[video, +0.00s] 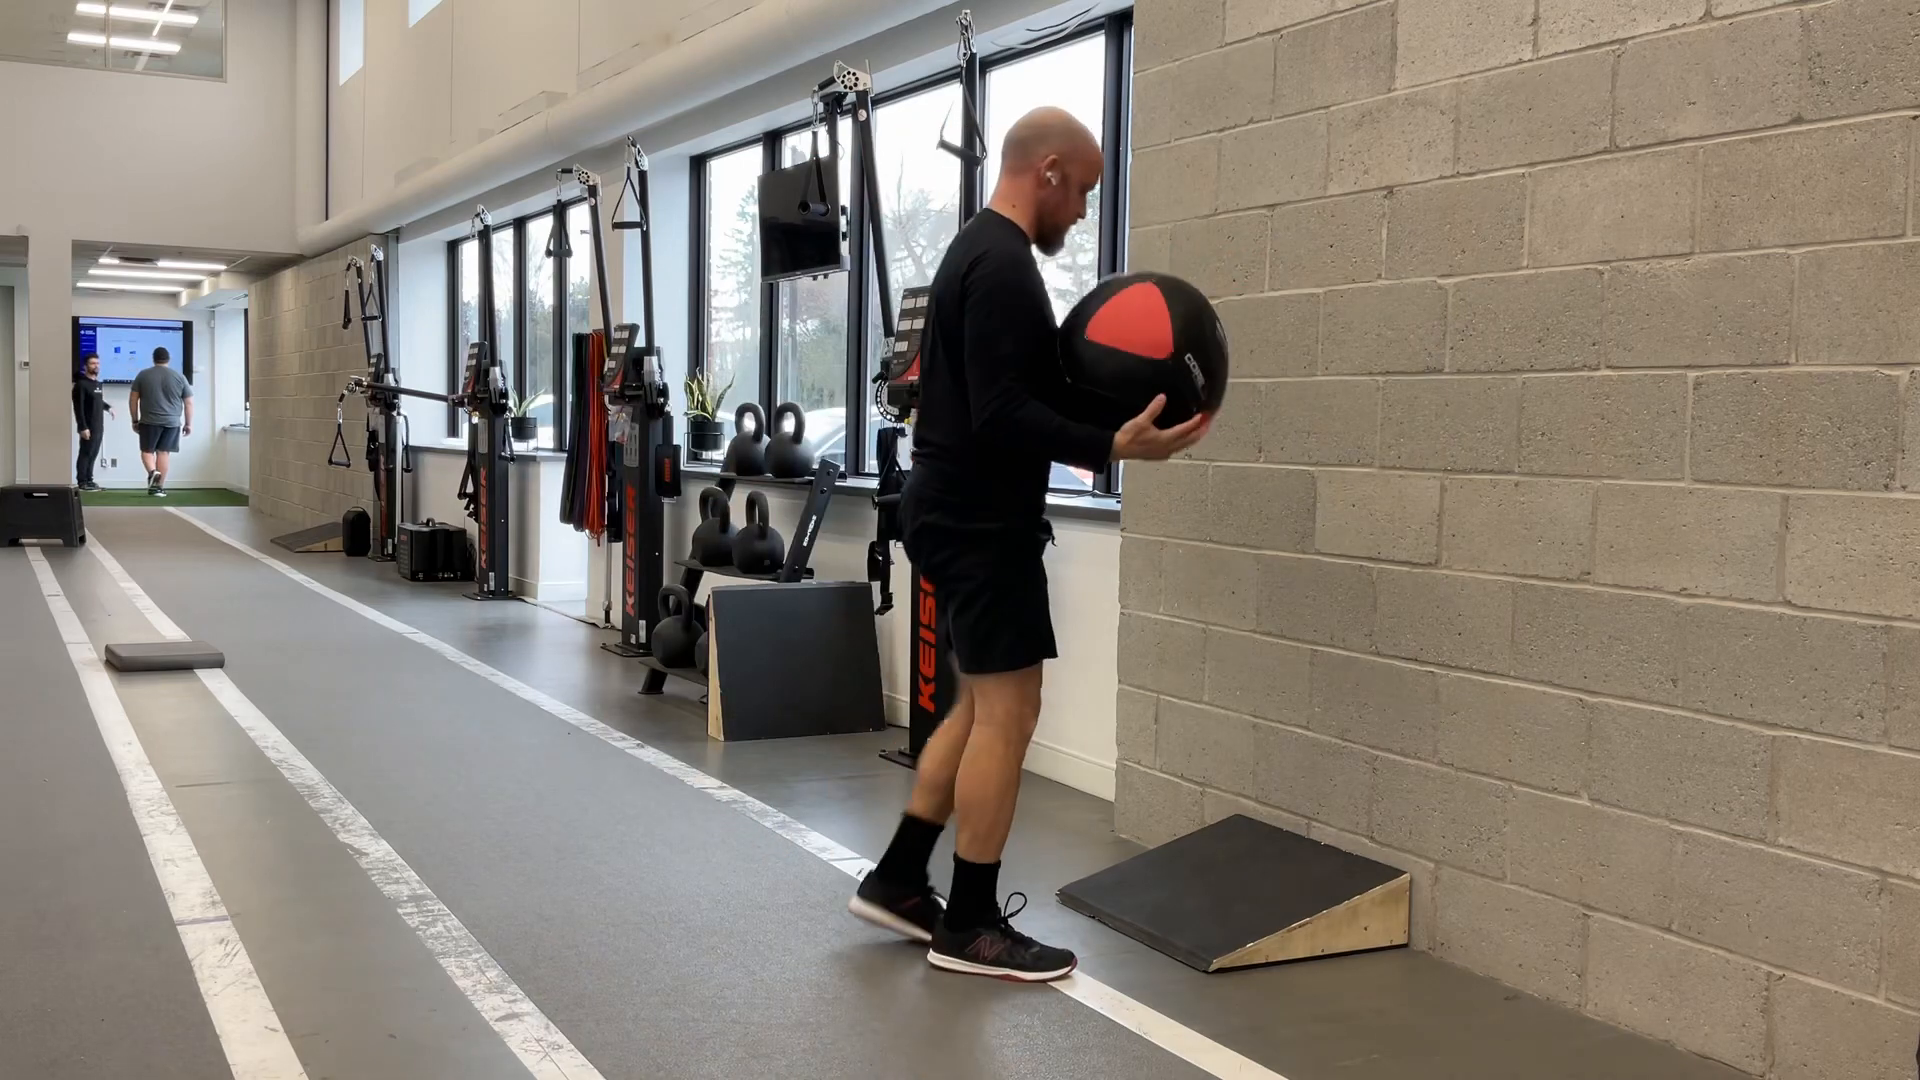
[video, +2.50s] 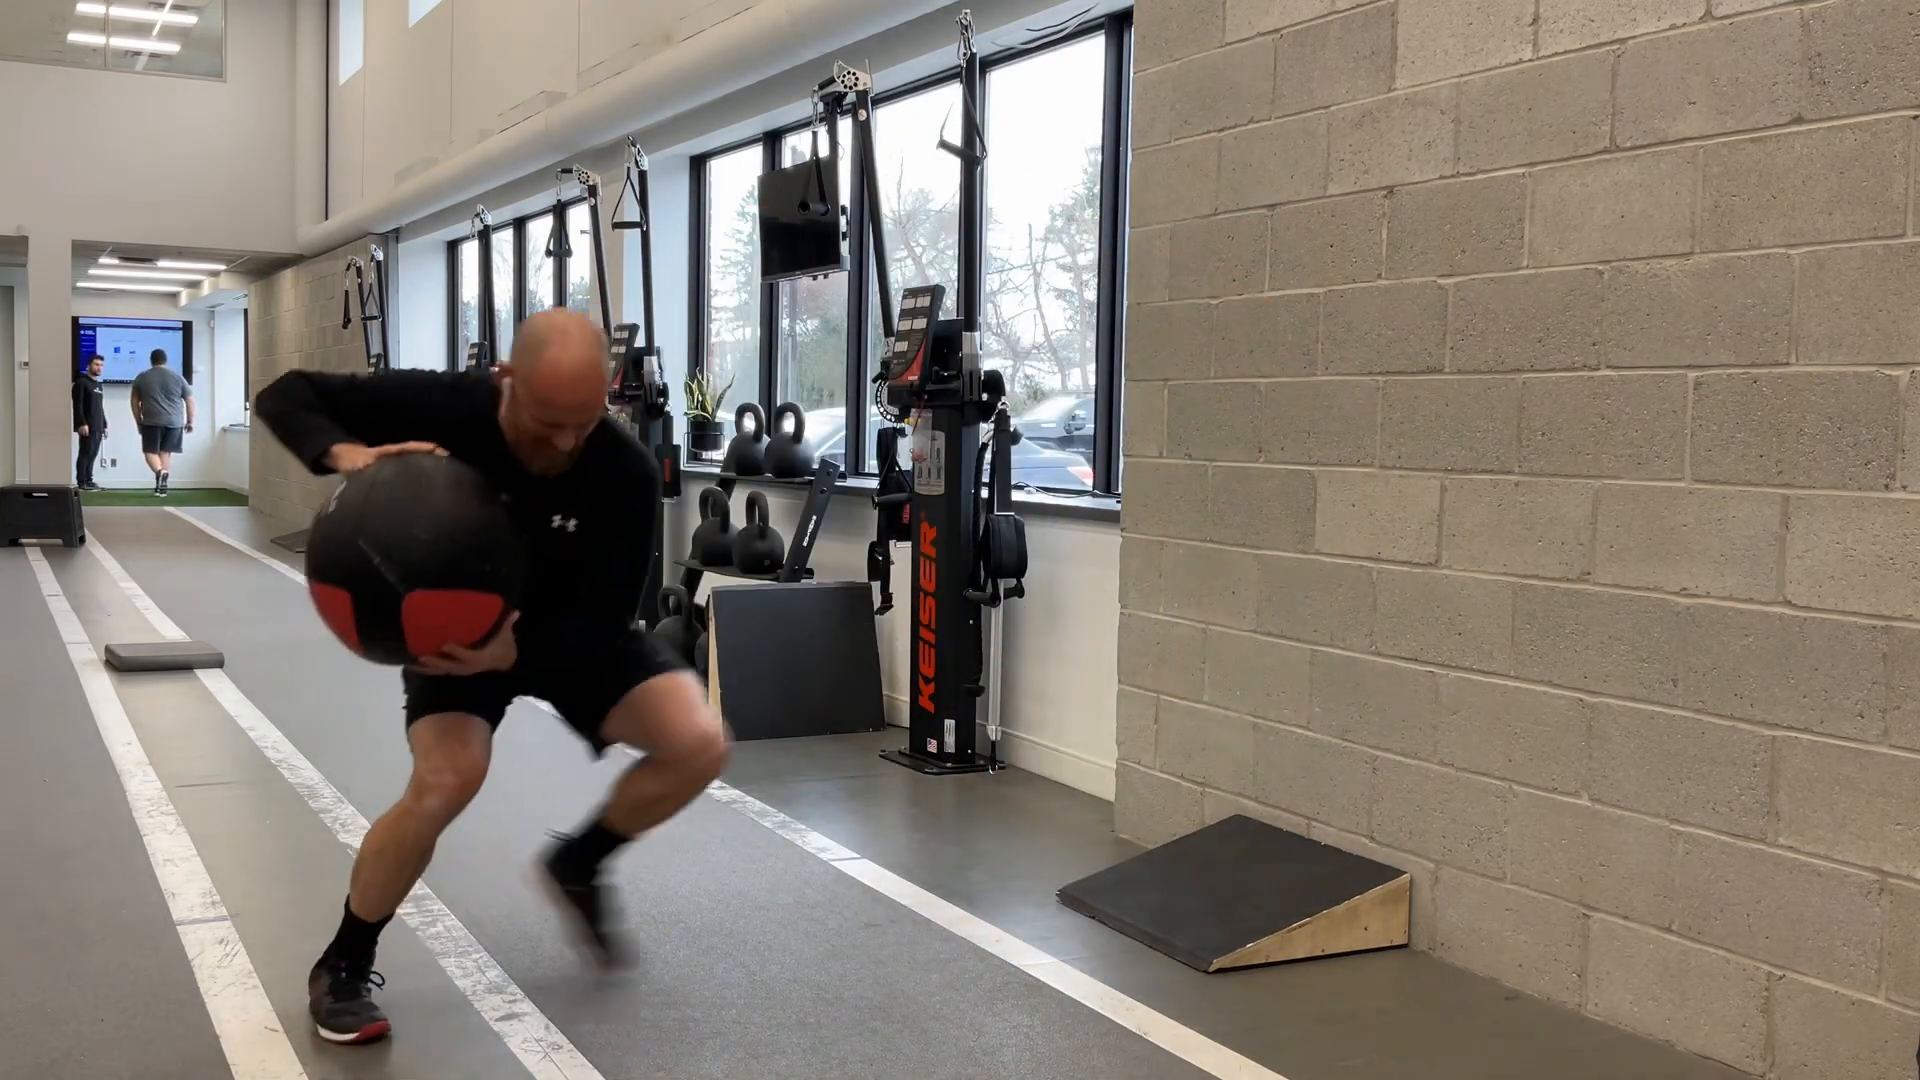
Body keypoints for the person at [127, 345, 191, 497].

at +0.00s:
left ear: (153, 359)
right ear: (168, 359)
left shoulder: (143, 375)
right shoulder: (179, 377)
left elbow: (133, 399)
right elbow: (188, 402)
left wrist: (134, 420)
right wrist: (188, 423)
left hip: (149, 422)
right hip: (171, 423)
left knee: (147, 451)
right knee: (164, 453)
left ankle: (152, 471)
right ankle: (159, 488)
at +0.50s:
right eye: (163, 359)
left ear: (152, 359)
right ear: (167, 360)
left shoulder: (143, 375)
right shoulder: (178, 376)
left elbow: (134, 398)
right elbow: (189, 400)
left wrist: (135, 420)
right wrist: (190, 422)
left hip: (150, 422)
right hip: (172, 422)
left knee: (147, 451)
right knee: (164, 452)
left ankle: (155, 472)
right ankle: (159, 488)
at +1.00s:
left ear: (148, 361)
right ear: (164, 361)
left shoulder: (141, 377)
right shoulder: (176, 377)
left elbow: (133, 402)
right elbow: (188, 398)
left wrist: (137, 423)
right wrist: (190, 421)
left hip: (152, 423)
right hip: (174, 423)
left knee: (150, 453)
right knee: (165, 453)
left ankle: (159, 472)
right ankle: (162, 488)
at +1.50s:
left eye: (158, 359)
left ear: (155, 360)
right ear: (170, 360)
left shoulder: (144, 374)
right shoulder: (179, 377)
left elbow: (133, 397)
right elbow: (189, 401)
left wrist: (134, 418)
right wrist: (190, 423)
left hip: (146, 421)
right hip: (169, 423)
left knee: (144, 449)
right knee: (161, 454)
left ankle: (150, 471)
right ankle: (157, 487)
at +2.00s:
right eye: (163, 361)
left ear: (151, 362)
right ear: (166, 362)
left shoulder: (142, 377)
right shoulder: (176, 378)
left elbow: (133, 402)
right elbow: (190, 400)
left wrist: (138, 421)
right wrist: (191, 422)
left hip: (152, 423)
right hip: (174, 424)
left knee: (150, 453)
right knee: (166, 452)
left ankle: (158, 471)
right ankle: (162, 486)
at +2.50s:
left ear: (151, 361)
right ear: (166, 361)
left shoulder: (142, 377)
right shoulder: (176, 377)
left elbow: (134, 401)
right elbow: (190, 399)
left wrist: (138, 421)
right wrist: (190, 421)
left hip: (151, 422)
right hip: (173, 423)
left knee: (150, 452)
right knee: (166, 453)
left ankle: (160, 471)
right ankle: (162, 488)